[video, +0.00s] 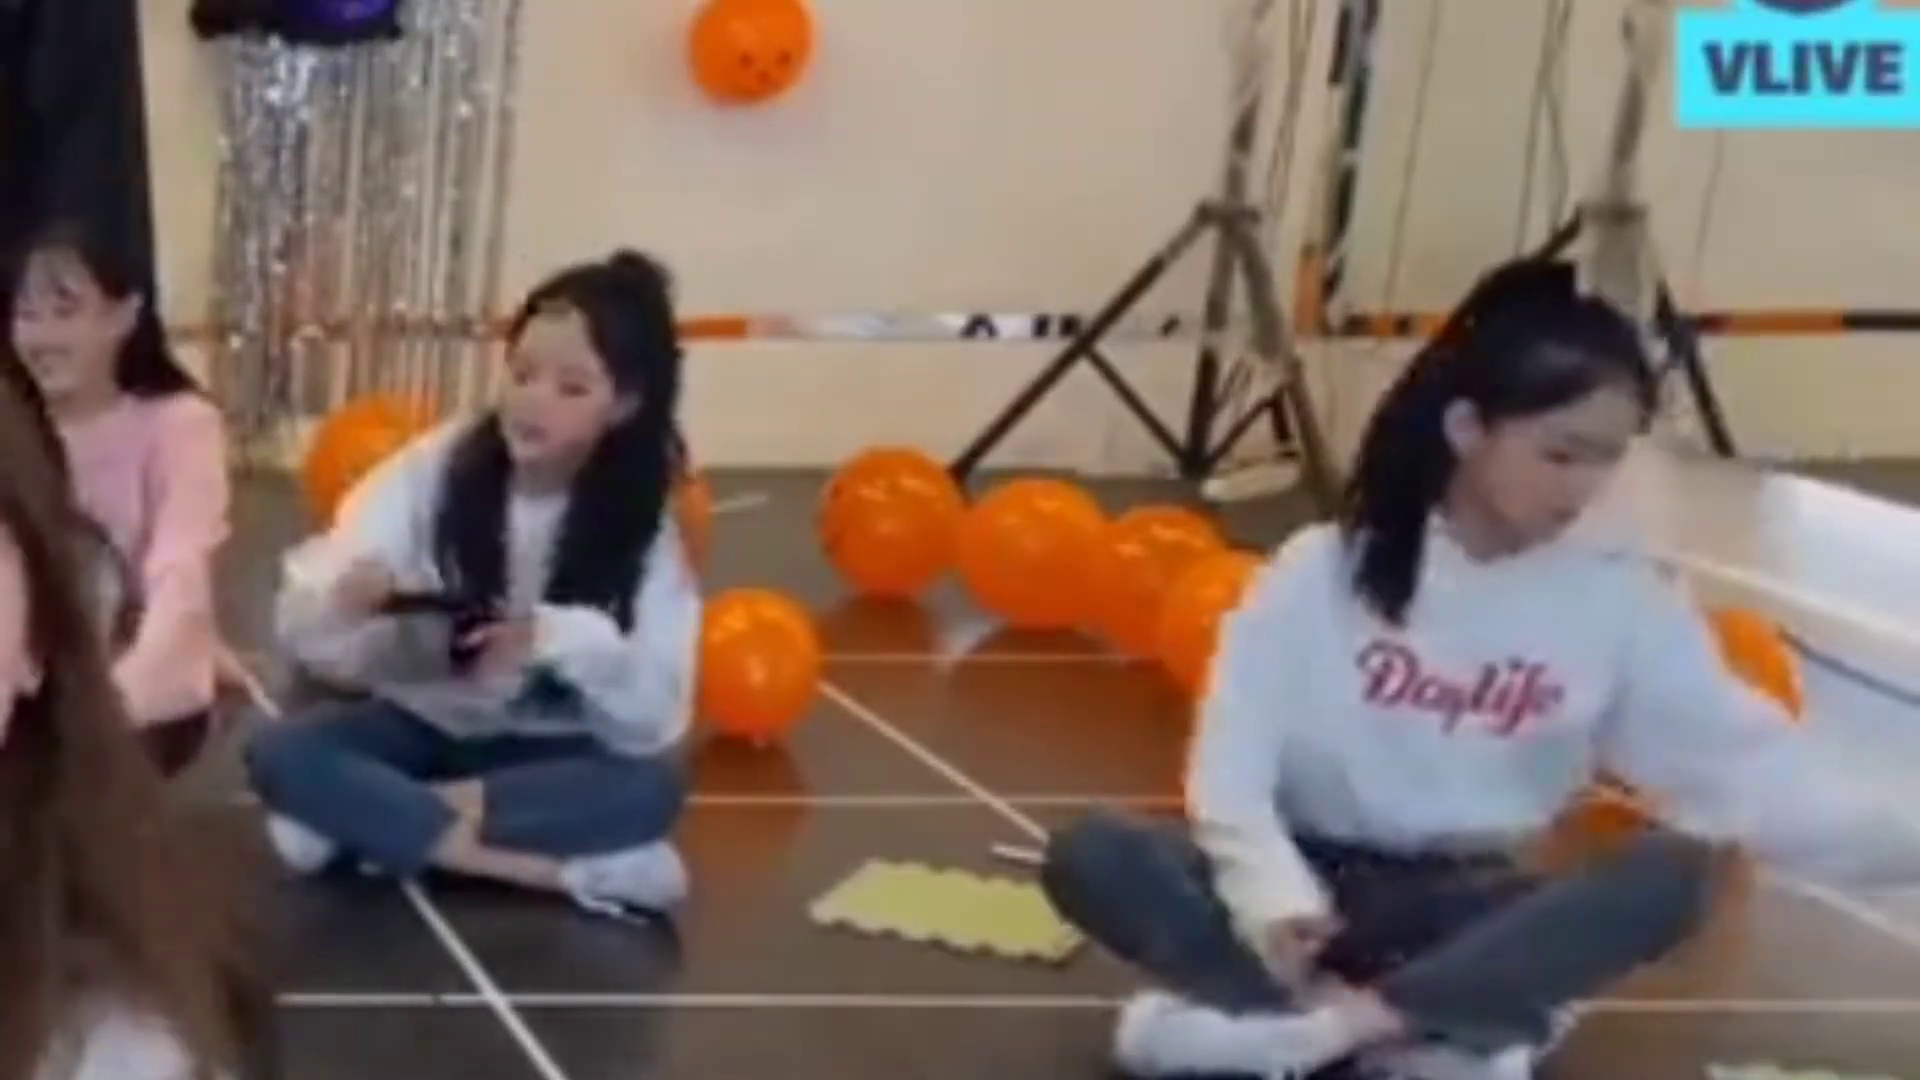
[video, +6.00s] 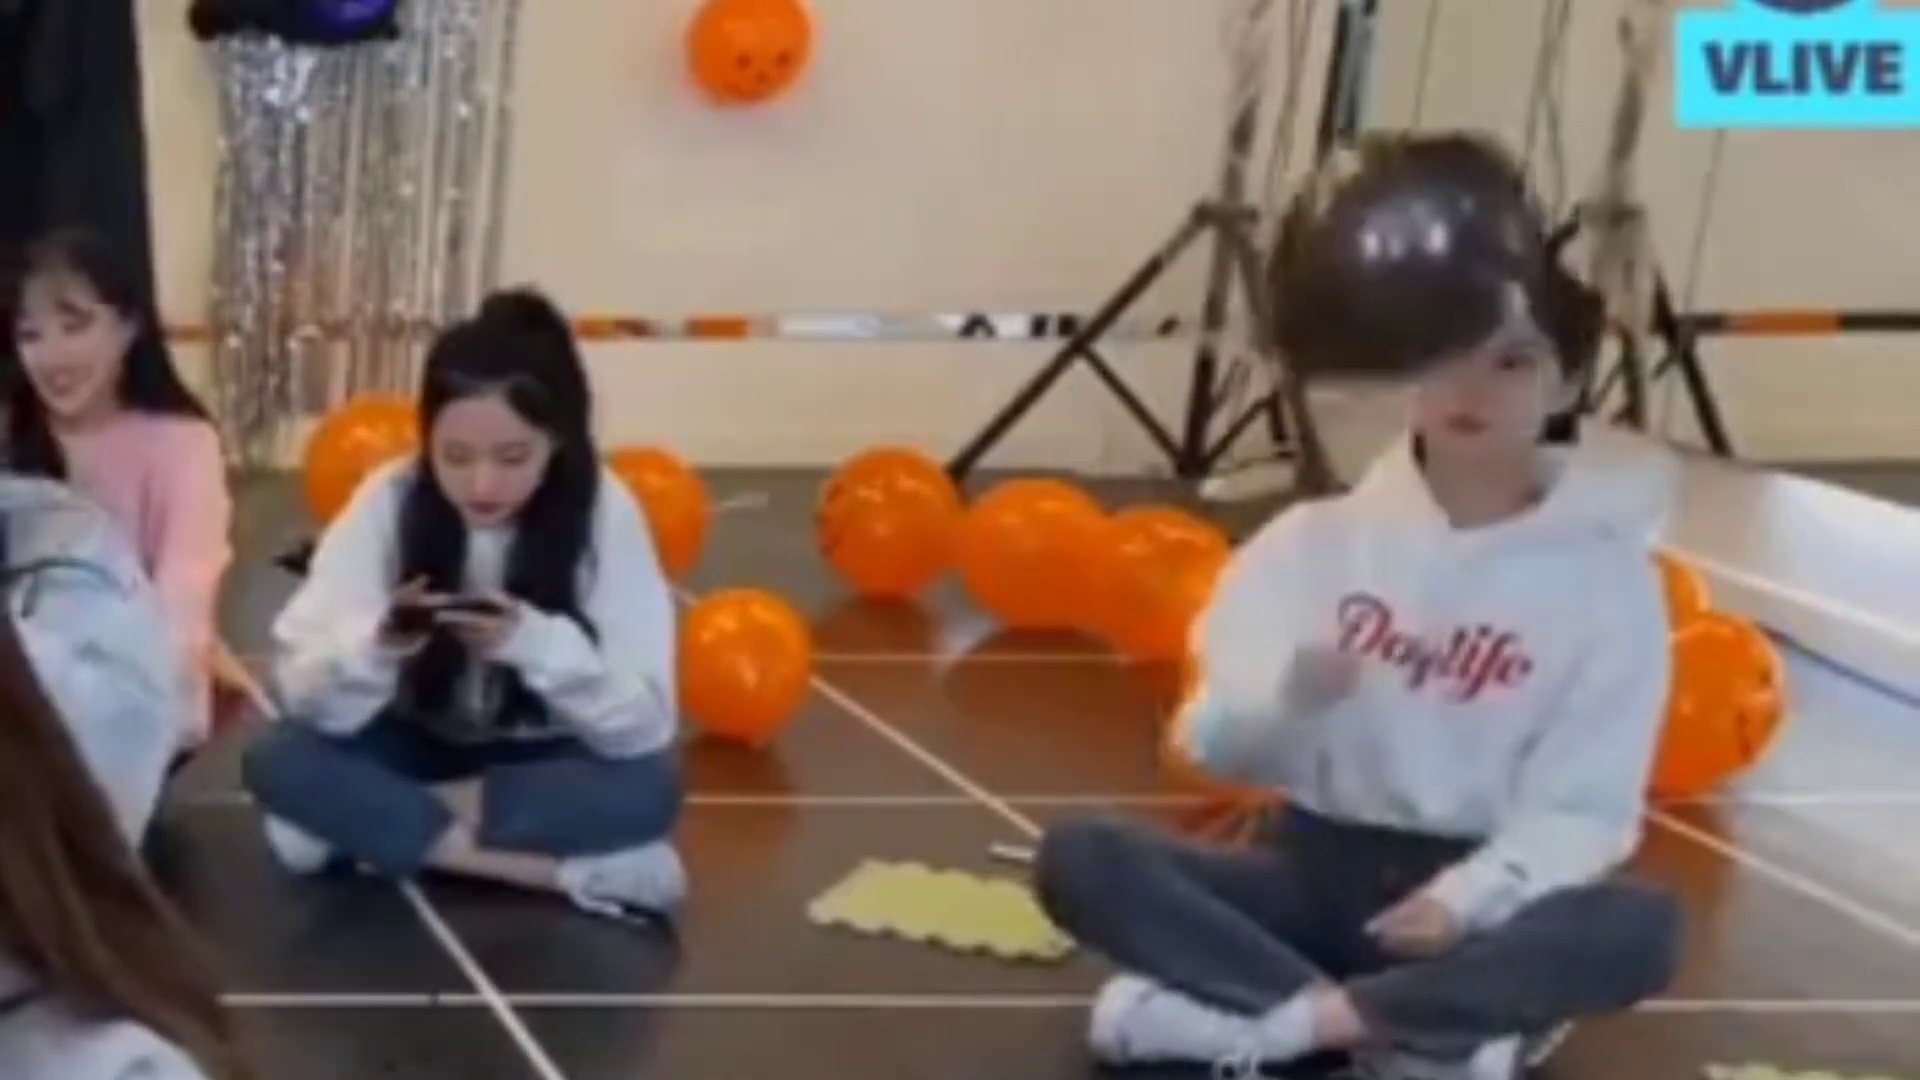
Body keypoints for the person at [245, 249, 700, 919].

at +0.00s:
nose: (531, 407)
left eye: (570, 390)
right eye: (522, 375)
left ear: (627, 406)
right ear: (503, 369)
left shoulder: (636, 521)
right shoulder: (438, 468)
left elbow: (655, 713)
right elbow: (301, 632)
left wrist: (556, 640)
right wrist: (346, 608)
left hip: (549, 738)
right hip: (421, 719)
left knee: (648, 792)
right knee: (283, 754)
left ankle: (369, 833)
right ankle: (555, 876)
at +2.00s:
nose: (478, 480)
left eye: (508, 454)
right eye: (454, 452)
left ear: (556, 441)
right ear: (425, 436)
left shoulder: (604, 516)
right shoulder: (387, 502)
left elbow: (645, 723)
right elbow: (310, 700)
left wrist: (531, 644)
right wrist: (381, 636)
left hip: (545, 742)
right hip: (410, 734)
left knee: (648, 790)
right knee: (275, 757)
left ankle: (366, 837)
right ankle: (550, 877)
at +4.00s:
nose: (480, 484)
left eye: (510, 456)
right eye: (454, 455)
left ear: (558, 440)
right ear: (425, 438)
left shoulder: (603, 515)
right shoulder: (387, 501)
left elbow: (645, 724)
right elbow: (307, 700)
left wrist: (532, 644)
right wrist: (383, 639)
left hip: (545, 743)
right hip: (408, 735)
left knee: (648, 790)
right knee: (277, 759)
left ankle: (366, 837)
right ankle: (549, 877)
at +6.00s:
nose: (482, 487)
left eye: (512, 459)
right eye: (457, 458)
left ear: (559, 445)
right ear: (426, 440)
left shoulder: (603, 513)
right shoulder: (389, 501)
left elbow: (644, 724)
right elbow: (305, 698)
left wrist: (529, 643)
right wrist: (383, 647)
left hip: (542, 744)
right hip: (409, 739)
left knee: (647, 789)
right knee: (276, 761)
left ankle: (367, 839)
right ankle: (550, 877)